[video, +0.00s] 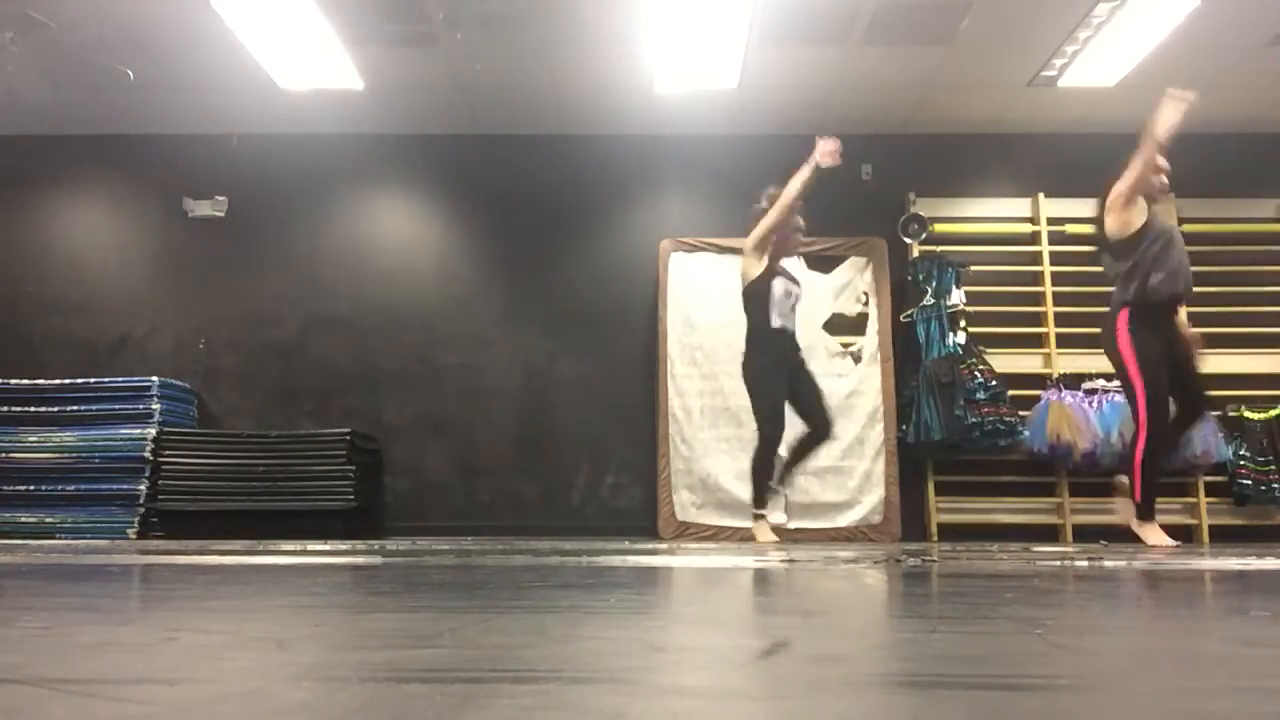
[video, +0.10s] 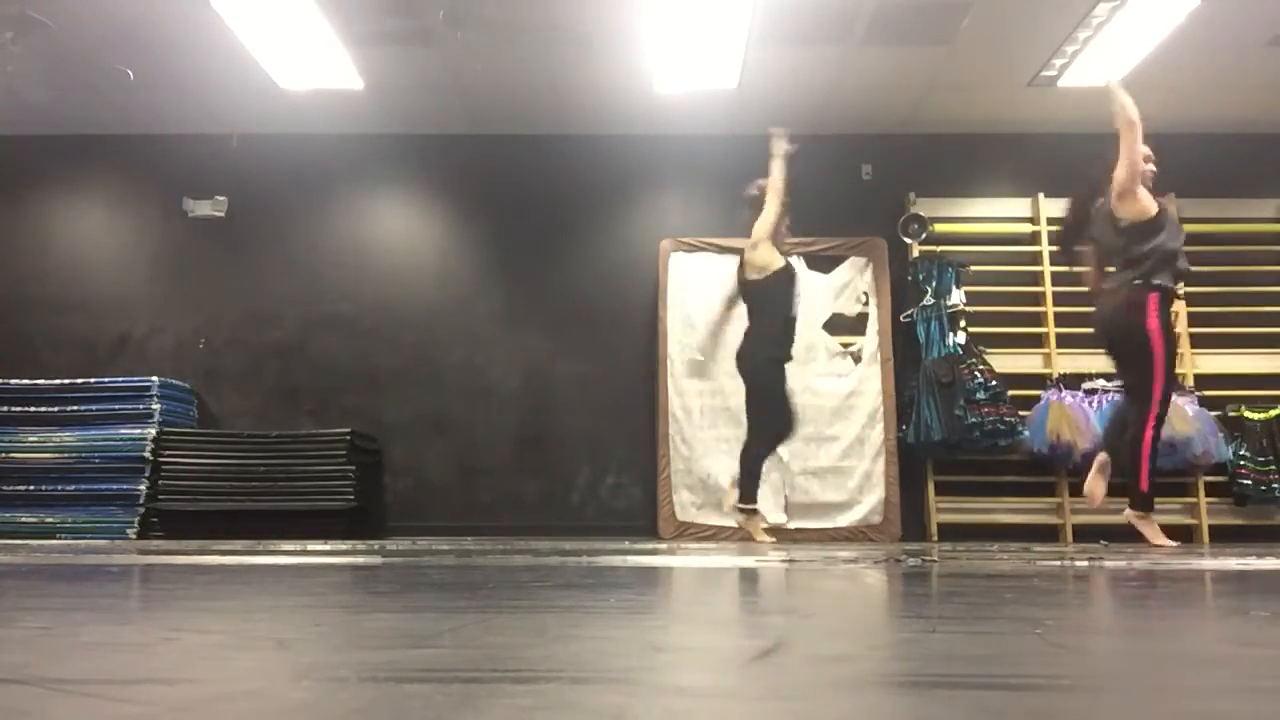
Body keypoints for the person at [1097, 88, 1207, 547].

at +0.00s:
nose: (1165, 174)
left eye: (1166, 168)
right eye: (1155, 169)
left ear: (1165, 175)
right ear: (1136, 173)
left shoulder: (1159, 214)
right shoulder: (1122, 206)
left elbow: (1165, 279)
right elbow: (1143, 159)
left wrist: (1183, 325)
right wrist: (1159, 128)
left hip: (1162, 320)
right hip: (1131, 320)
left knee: (1193, 402)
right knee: (1151, 414)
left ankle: (1133, 476)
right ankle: (1144, 518)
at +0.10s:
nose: (1151, 162)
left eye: (1151, 157)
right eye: (1143, 157)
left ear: (1134, 168)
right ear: (1126, 164)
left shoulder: (1106, 209)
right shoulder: (1128, 191)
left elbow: (1092, 268)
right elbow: (1129, 126)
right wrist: (1114, 86)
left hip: (1114, 304)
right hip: (1143, 304)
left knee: (1140, 394)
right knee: (1153, 403)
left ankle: (1105, 458)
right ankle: (1141, 510)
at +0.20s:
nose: (1125, 163)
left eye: (1120, 160)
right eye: (1121, 157)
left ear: (1084, 175)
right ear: (1113, 166)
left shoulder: (1073, 215)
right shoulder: (1134, 188)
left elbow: (1066, 275)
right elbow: (1129, 125)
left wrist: (1080, 299)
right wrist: (1094, 76)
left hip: (1098, 301)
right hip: (1146, 297)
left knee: (1083, 388)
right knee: (1148, 405)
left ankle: (1113, 444)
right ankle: (1146, 509)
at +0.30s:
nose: (1112, 170)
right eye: (1108, 164)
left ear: (1070, 179)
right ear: (1109, 174)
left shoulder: (1056, 216)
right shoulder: (1127, 197)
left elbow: (1046, 279)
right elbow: (1140, 134)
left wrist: (1047, 325)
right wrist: (1136, 96)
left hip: (1093, 306)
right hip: (1140, 301)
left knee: (1044, 395)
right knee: (1147, 405)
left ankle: (1112, 452)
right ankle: (1155, 509)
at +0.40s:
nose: (1041, 186)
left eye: (1046, 181)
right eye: (1043, 180)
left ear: (1062, 183)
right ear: (1084, 185)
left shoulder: (1039, 222)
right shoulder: (1104, 213)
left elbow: (1022, 288)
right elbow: (1140, 171)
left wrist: (1013, 335)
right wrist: (1156, 141)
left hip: (1082, 319)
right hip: (1123, 315)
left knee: (1024, 399)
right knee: (1146, 413)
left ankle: (1059, 489)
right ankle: (1169, 509)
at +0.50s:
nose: (1020, 192)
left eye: (1026, 186)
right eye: (1023, 185)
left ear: (1044, 189)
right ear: (1057, 191)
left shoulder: (1023, 227)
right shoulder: (1080, 223)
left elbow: (999, 291)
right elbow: (1124, 213)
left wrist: (978, 341)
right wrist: (1170, 171)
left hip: (1058, 335)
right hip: (1089, 329)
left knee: (1015, 418)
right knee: (1123, 416)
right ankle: (1172, 507)